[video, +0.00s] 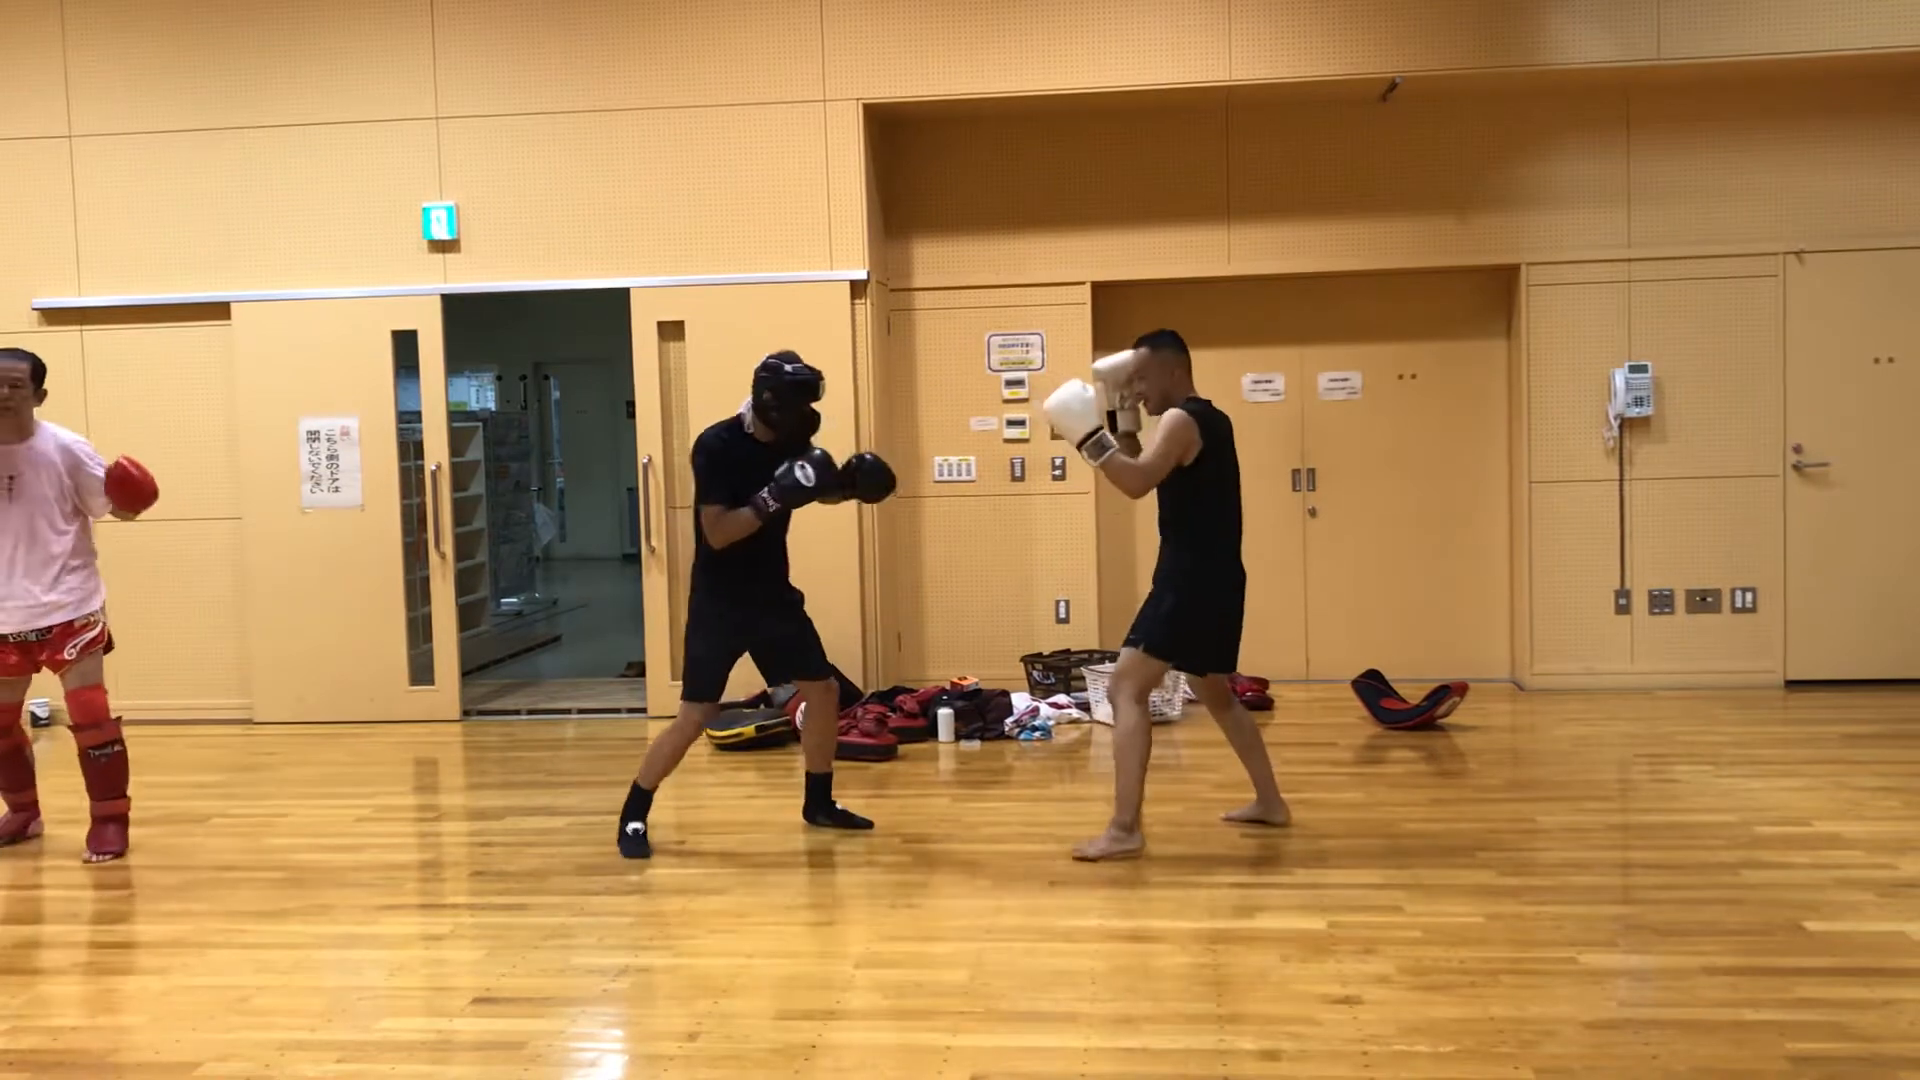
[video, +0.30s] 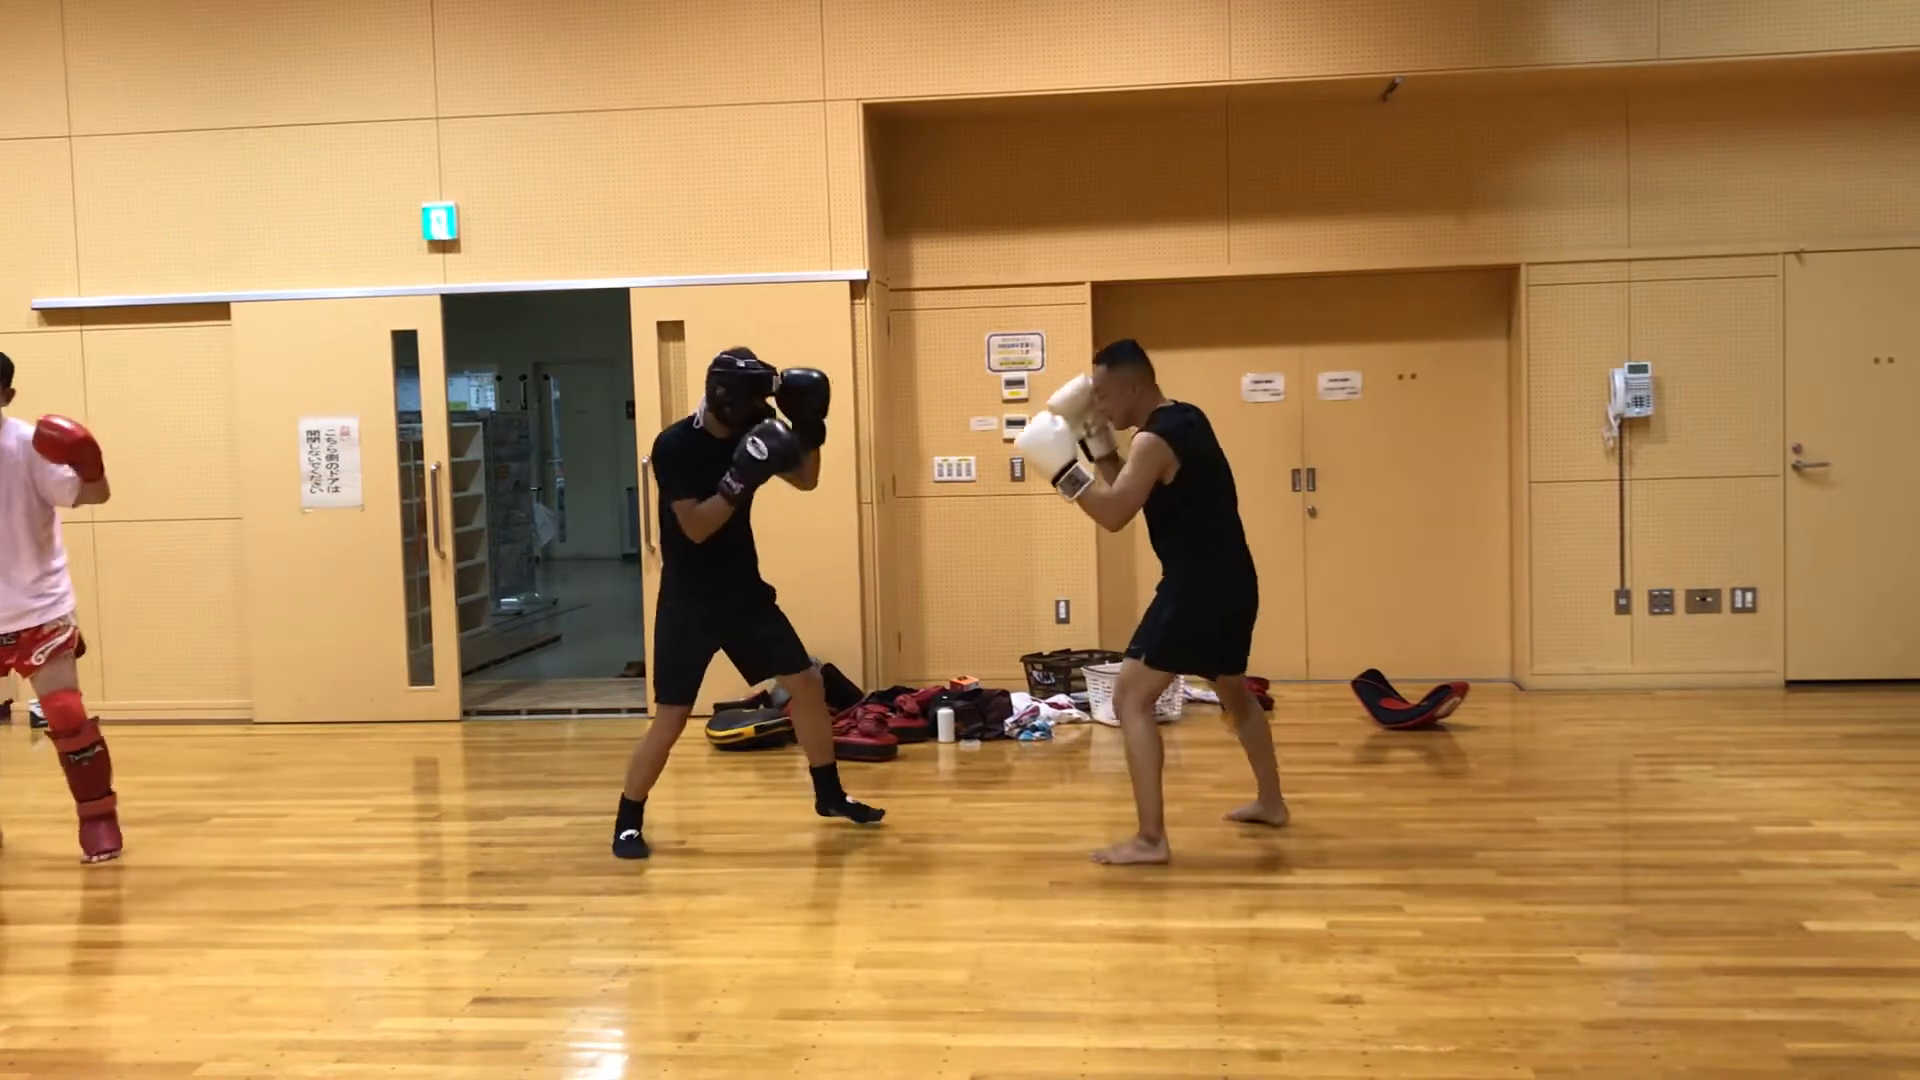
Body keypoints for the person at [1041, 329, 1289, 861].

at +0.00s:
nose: (1137, 392)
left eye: (1142, 380)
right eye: (1135, 382)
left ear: (1171, 371)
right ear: (1182, 375)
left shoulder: (1183, 421)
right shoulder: (1211, 420)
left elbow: (1134, 484)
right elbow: (1140, 475)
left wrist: (1088, 434)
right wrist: (1116, 420)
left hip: (1187, 585)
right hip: (1219, 582)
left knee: (1127, 686)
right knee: (1217, 693)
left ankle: (1124, 828)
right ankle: (1271, 802)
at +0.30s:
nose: (1099, 407)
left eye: (1102, 396)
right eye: (1096, 398)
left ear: (1132, 386)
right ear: (1143, 384)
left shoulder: (1155, 437)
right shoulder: (1187, 420)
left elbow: (1113, 513)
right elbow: (1128, 493)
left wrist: (1059, 468)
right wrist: (1096, 443)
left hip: (1192, 590)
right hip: (1232, 584)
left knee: (1132, 699)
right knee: (1234, 693)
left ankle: (1151, 838)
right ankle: (1272, 801)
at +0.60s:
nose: (1136, 394)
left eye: (1140, 382)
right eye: (1134, 385)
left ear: (1170, 372)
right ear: (1185, 372)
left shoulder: (1184, 424)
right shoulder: (1226, 416)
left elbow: (1124, 490)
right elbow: (1180, 482)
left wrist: (1084, 438)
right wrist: (1137, 437)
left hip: (1197, 592)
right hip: (1248, 589)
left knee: (1139, 698)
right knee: (1262, 701)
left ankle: (1150, 837)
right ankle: (1323, 819)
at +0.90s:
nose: (1159, 393)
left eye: (1163, 380)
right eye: (1157, 383)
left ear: (1191, 373)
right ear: (1210, 373)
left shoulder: (1190, 422)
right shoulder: (1252, 420)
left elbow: (1123, 477)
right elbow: (1189, 473)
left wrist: (1099, 420)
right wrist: (1156, 411)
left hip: (1195, 591)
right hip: (1249, 591)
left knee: (1120, 686)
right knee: (1272, 707)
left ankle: (1115, 824)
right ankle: (1324, 826)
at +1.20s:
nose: (1120, 423)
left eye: (1123, 413)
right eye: (1117, 413)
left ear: (1151, 404)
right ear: (1167, 399)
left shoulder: (1172, 448)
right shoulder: (1212, 434)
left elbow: (1105, 509)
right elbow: (1139, 488)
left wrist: (1071, 451)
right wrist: (1113, 431)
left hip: (1181, 610)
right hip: (1228, 609)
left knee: (1100, 698)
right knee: (1246, 716)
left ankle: (1105, 836)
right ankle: (1318, 826)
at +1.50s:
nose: (1179, 392)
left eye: (1182, 381)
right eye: (1177, 381)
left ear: (1207, 378)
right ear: (1230, 375)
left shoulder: (1212, 434)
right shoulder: (1271, 424)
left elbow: (1154, 498)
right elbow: (1219, 480)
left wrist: (1120, 449)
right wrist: (1173, 422)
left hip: (1209, 598)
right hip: (1263, 597)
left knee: (1139, 699)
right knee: (1274, 707)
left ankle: (1123, 839)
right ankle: (1325, 824)